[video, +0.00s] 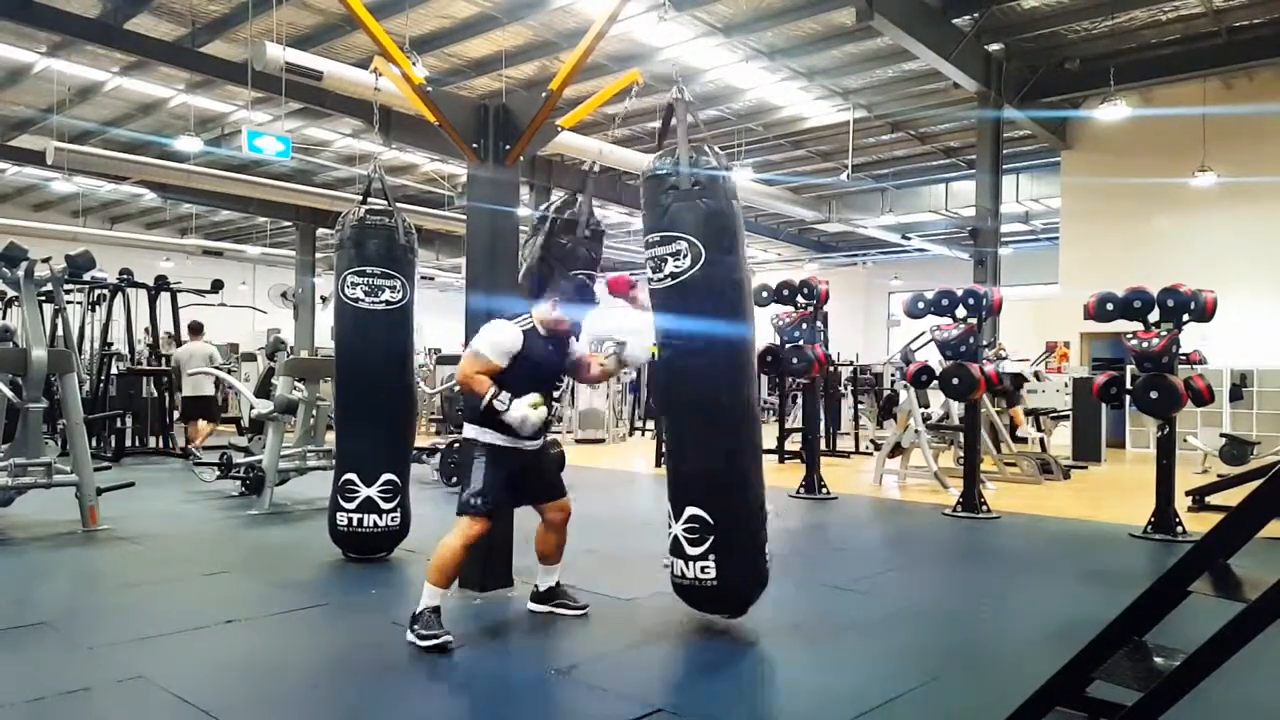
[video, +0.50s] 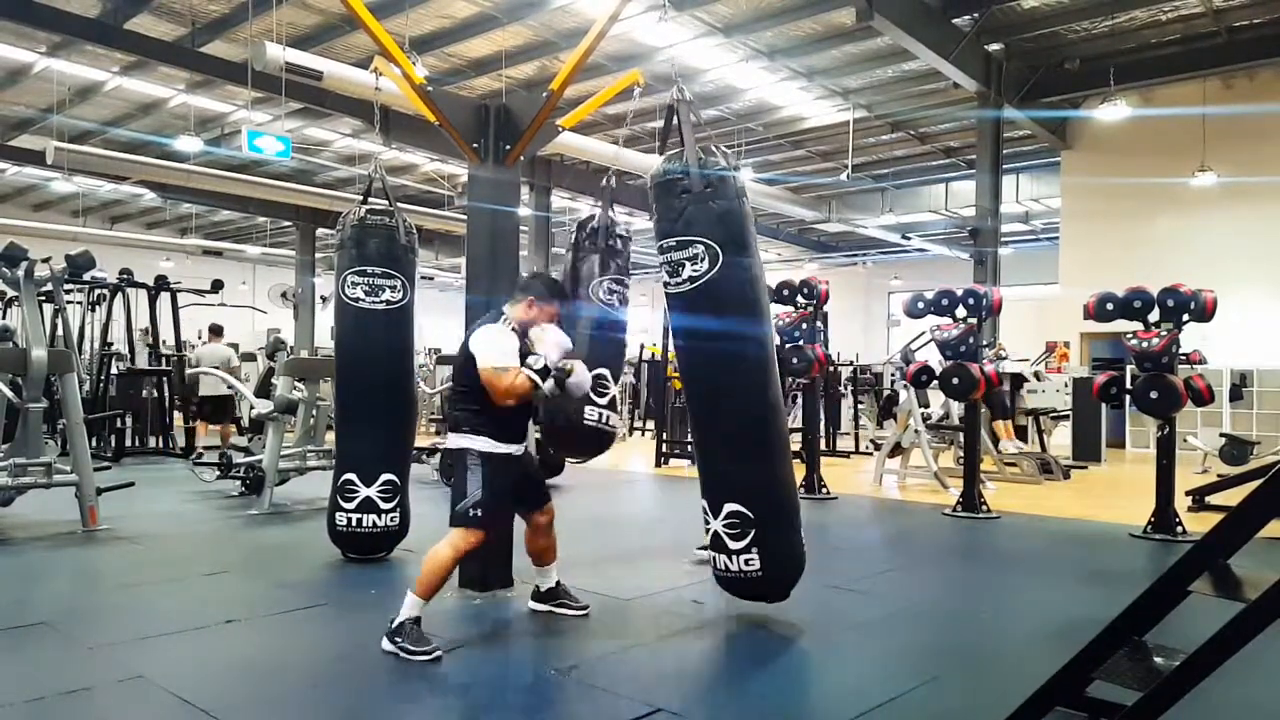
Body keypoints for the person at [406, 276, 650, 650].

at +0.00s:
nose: (575, 324)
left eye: (579, 318)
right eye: (572, 315)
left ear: (575, 313)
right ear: (552, 304)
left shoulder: (566, 340)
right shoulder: (506, 334)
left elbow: (587, 373)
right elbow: (467, 375)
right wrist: (508, 406)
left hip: (533, 448)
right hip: (488, 446)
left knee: (557, 513)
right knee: (474, 525)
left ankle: (546, 590)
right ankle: (426, 613)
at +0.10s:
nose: (587, 324)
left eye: (590, 319)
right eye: (585, 317)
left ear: (582, 312)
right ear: (568, 305)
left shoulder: (565, 330)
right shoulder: (544, 321)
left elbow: (578, 359)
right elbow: (554, 358)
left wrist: (603, 355)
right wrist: (594, 352)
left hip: (531, 441)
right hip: (494, 438)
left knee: (554, 508)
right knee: (476, 525)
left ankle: (545, 589)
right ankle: (424, 611)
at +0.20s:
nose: (592, 320)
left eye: (593, 314)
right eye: (591, 313)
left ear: (569, 300)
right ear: (580, 306)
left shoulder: (551, 323)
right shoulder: (551, 321)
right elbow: (601, 349)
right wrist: (641, 349)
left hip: (528, 443)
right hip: (495, 439)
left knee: (549, 507)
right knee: (478, 525)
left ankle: (544, 588)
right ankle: (421, 610)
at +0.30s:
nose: (581, 324)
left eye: (584, 319)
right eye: (581, 316)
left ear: (559, 302)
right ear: (566, 304)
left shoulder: (544, 325)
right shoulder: (539, 318)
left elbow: (534, 383)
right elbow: (561, 365)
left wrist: (568, 396)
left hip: (529, 437)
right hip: (497, 434)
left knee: (547, 509)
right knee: (487, 523)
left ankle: (546, 590)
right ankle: (419, 606)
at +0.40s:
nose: (561, 317)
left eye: (566, 312)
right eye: (561, 309)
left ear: (560, 311)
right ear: (547, 301)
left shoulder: (544, 337)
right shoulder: (517, 326)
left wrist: (569, 393)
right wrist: (552, 386)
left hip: (527, 443)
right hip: (491, 440)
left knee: (552, 511)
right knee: (482, 526)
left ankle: (547, 588)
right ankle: (415, 614)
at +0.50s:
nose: (550, 325)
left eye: (553, 319)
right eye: (549, 316)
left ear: (530, 308)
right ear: (529, 305)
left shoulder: (522, 342)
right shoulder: (491, 335)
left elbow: (529, 390)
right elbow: (504, 392)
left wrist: (565, 382)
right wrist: (540, 364)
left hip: (512, 450)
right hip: (474, 449)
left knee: (541, 515)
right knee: (470, 533)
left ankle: (547, 589)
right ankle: (403, 624)